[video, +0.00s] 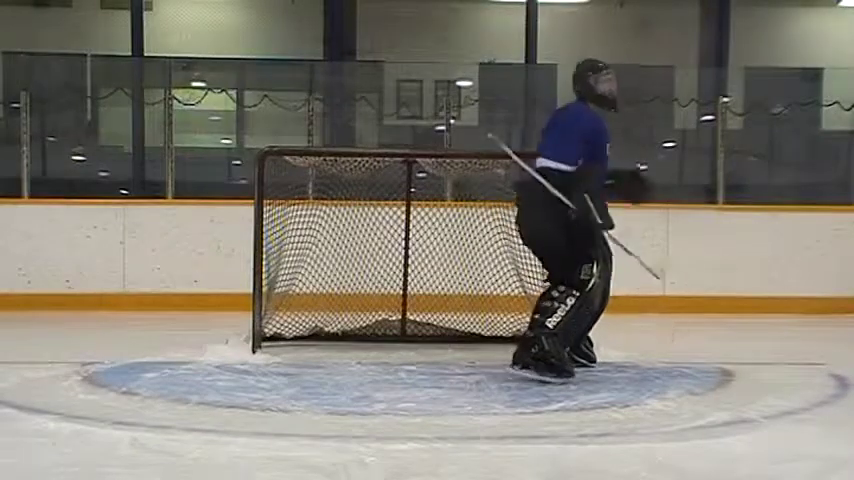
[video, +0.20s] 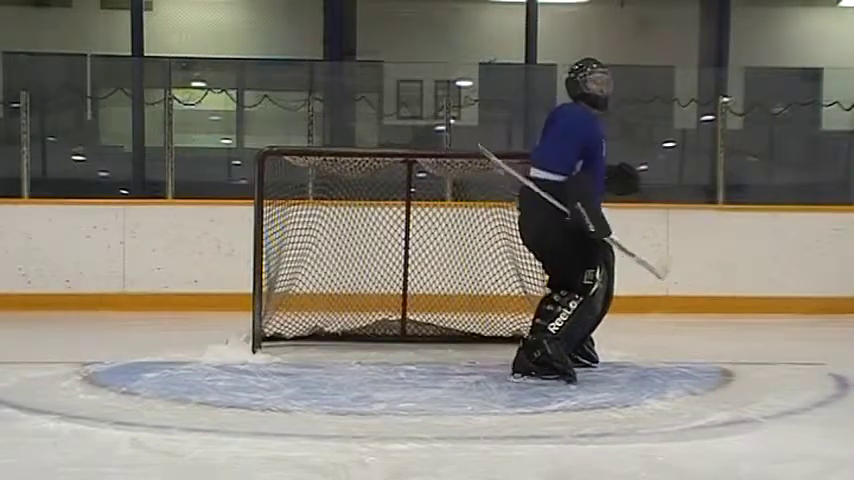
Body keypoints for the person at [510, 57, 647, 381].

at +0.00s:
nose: (614, 87)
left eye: (613, 80)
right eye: (608, 81)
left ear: (587, 86)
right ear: (590, 84)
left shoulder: (562, 117)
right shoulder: (591, 123)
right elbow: (584, 184)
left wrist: (618, 178)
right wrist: (598, 225)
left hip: (533, 209)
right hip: (557, 212)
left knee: (565, 275)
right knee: (592, 274)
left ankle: (536, 343)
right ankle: (548, 343)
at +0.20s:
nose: (603, 87)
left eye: (605, 80)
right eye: (595, 81)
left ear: (607, 84)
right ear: (577, 86)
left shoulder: (559, 115)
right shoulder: (589, 125)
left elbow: (560, 167)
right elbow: (584, 185)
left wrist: (607, 176)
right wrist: (598, 226)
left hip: (534, 206)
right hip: (556, 210)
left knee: (566, 277)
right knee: (595, 276)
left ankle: (541, 344)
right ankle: (549, 346)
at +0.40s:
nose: (605, 88)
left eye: (606, 81)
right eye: (597, 81)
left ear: (580, 88)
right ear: (581, 86)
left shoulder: (563, 116)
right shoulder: (587, 124)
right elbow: (579, 187)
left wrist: (607, 183)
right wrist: (597, 228)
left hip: (535, 211)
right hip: (556, 215)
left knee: (566, 280)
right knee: (591, 279)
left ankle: (539, 349)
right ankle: (548, 350)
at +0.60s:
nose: (613, 94)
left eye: (616, 88)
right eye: (608, 87)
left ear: (583, 90)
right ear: (593, 88)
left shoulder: (567, 114)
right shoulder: (589, 127)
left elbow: (568, 169)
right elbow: (582, 192)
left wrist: (602, 182)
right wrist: (592, 237)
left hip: (534, 210)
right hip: (554, 215)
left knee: (566, 280)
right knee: (594, 279)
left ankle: (539, 348)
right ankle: (551, 348)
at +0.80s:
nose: (621, 112)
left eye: (625, 106)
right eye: (619, 103)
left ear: (599, 96)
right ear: (603, 96)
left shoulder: (570, 114)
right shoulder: (591, 129)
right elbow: (585, 191)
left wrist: (600, 182)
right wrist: (594, 235)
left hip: (532, 207)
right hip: (550, 212)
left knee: (564, 280)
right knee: (589, 275)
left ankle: (538, 350)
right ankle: (549, 350)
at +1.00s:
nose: (623, 115)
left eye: (627, 109)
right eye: (622, 107)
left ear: (601, 97)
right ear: (607, 99)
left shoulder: (571, 113)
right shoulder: (591, 126)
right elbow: (586, 182)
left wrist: (606, 183)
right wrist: (605, 224)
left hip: (531, 207)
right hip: (553, 210)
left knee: (561, 279)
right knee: (586, 274)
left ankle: (537, 350)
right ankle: (548, 349)